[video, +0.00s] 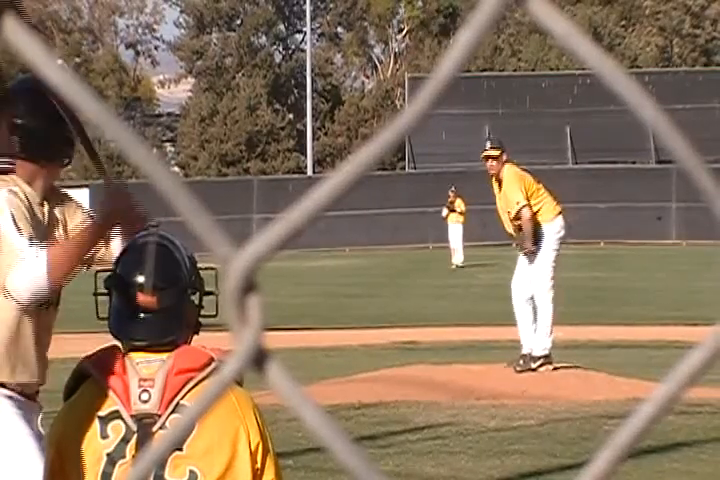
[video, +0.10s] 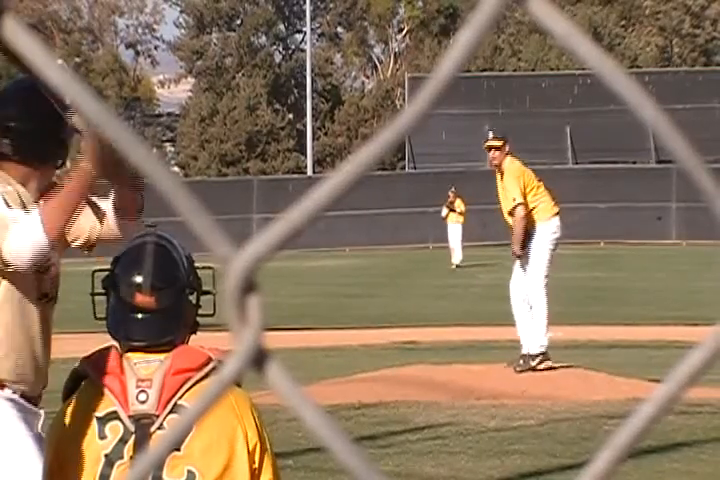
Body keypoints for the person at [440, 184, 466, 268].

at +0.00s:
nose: (452, 194)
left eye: (453, 192)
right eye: (451, 192)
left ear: (455, 193)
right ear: (449, 193)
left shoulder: (459, 201)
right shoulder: (449, 201)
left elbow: (463, 210)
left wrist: (454, 209)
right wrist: (445, 213)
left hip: (458, 222)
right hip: (451, 222)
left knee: (458, 241)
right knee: (452, 242)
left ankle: (459, 260)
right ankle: (454, 260)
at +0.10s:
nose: (451, 196)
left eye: (453, 194)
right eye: (450, 194)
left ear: (455, 194)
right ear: (449, 194)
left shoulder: (459, 201)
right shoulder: (448, 202)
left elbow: (462, 210)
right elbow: (443, 215)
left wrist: (454, 209)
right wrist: (447, 208)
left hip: (457, 223)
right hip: (450, 223)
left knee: (457, 241)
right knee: (451, 241)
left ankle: (457, 259)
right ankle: (453, 259)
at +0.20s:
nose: (451, 196)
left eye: (453, 194)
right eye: (450, 195)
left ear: (455, 195)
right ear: (449, 195)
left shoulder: (459, 202)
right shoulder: (447, 203)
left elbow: (462, 210)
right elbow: (443, 215)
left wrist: (454, 209)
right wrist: (447, 208)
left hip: (457, 223)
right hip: (450, 223)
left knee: (456, 241)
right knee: (451, 242)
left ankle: (456, 260)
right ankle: (453, 259)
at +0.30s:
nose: (451, 197)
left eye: (453, 195)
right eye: (450, 195)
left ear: (455, 195)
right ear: (448, 195)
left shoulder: (459, 203)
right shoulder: (447, 203)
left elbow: (462, 211)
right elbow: (443, 215)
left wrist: (454, 209)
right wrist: (448, 208)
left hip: (457, 223)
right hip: (449, 223)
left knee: (456, 242)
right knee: (450, 243)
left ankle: (455, 261)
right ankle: (452, 260)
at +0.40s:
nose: (453, 194)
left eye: (454, 193)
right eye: (451, 192)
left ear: (456, 194)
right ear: (449, 193)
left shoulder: (459, 202)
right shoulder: (447, 202)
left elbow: (462, 213)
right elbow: (442, 215)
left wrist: (453, 210)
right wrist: (447, 208)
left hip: (456, 223)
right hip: (449, 223)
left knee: (455, 242)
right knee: (450, 242)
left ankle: (454, 260)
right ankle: (452, 259)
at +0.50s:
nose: (453, 194)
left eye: (454, 192)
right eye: (451, 192)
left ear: (456, 193)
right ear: (449, 193)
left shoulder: (459, 203)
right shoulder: (447, 202)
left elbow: (462, 212)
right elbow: (442, 214)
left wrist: (455, 212)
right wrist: (446, 211)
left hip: (456, 223)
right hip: (449, 223)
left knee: (456, 242)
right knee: (449, 242)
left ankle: (454, 260)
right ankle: (450, 255)